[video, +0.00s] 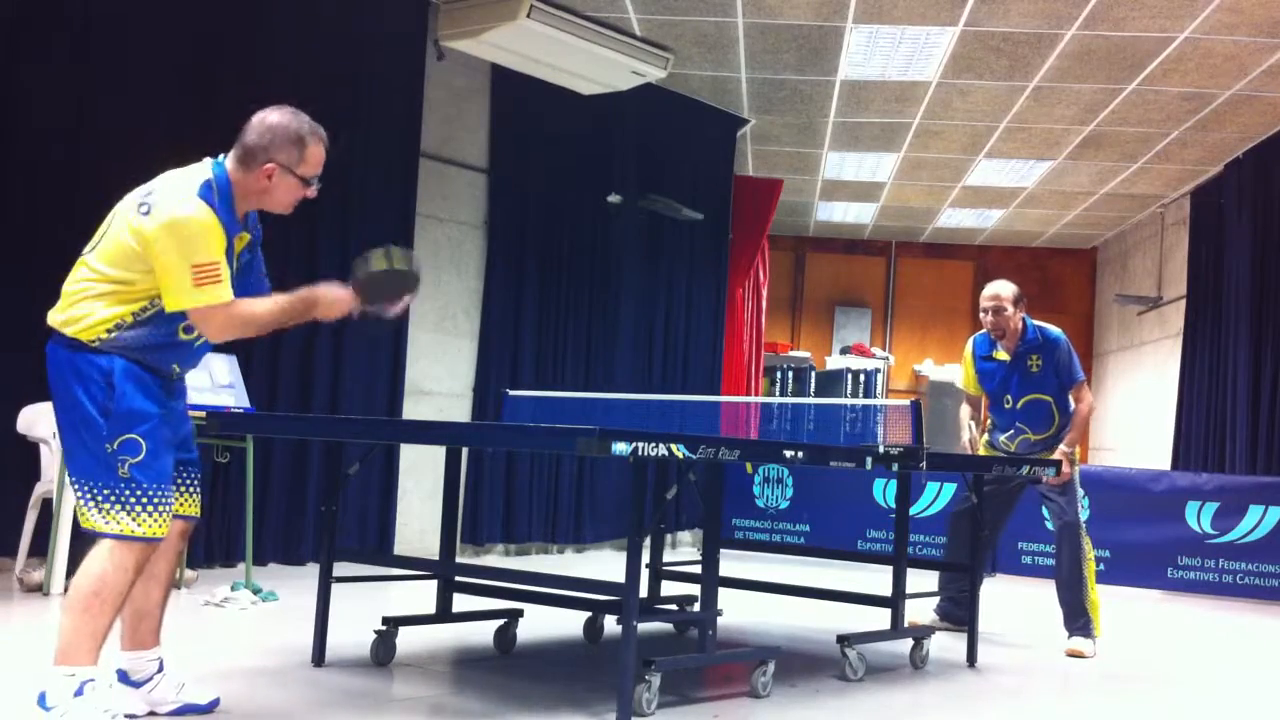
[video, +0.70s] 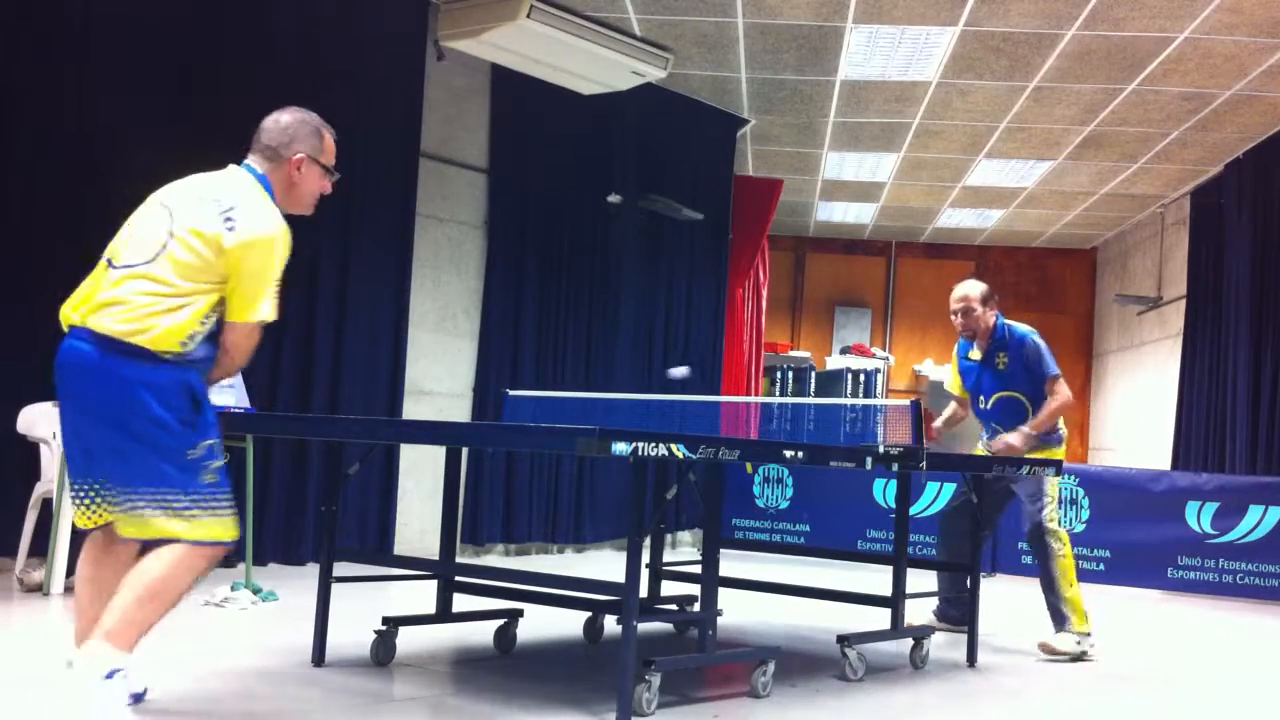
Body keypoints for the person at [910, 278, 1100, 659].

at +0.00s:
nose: (989, 319)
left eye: (997, 311)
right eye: (984, 312)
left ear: (1018, 311)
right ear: (980, 314)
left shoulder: (1052, 341)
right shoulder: (977, 347)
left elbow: (1084, 400)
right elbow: (971, 402)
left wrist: (1066, 449)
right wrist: (966, 431)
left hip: (1051, 452)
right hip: (999, 452)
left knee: (1069, 527)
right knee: (965, 517)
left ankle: (1081, 632)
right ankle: (954, 612)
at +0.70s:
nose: (958, 321)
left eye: (966, 312)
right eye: (954, 315)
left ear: (990, 310)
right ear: (953, 316)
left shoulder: (1023, 339)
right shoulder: (962, 349)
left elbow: (1062, 396)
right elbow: (962, 404)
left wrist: (1025, 434)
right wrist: (940, 425)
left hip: (1038, 453)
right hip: (994, 452)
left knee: (1043, 529)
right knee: (955, 523)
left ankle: (1075, 631)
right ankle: (954, 613)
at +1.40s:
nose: (994, 305)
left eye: (1000, 298)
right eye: (993, 299)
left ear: (1027, 296)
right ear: (1003, 297)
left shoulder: (1062, 330)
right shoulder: (999, 322)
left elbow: (1097, 386)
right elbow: (962, 336)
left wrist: (1093, 432)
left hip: (1052, 450)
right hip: (1009, 446)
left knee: (1059, 531)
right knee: (981, 526)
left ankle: (1096, 635)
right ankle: (954, 609)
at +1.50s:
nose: (1018, 297)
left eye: (1025, 290)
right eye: (1016, 290)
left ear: (1054, 292)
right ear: (1019, 292)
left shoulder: (1082, 335)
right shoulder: (1013, 321)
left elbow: (1111, 395)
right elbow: (971, 347)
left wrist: (1100, 447)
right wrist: (952, 313)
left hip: (1061, 454)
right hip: (1011, 449)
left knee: (1068, 536)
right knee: (987, 525)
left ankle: (1097, 633)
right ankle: (964, 606)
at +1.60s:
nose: (1032, 306)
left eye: (1040, 298)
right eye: (1029, 298)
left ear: (1066, 300)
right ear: (1028, 299)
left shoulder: (1093, 345)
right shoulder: (1024, 332)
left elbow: (1118, 405)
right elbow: (981, 369)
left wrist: (1107, 460)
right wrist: (960, 337)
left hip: (1067, 456)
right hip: (1018, 451)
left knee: (1076, 537)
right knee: (985, 518)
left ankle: (1096, 637)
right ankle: (986, 608)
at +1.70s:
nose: (1028, 309)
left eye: (1037, 302)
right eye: (1025, 302)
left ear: (1063, 304)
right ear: (1024, 303)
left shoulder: (1088, 344)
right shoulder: (1021, 341)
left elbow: (1118, 400)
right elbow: (978, 375)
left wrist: (1120, 457)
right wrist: (959, 350)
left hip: (1067, 459)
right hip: (1020, 456)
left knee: (1073, 539)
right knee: (982, 518)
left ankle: (1097, 637)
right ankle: (999, 614)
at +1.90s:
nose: (1006, 301)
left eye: (1014, 293)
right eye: (1002, 295)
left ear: (1037, 292)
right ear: (1000, 299)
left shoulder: (1064, 325)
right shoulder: (1009, 334)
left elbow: (1109, 368)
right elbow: (1004, 377)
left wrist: (1129, 424)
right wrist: (974, 385)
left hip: (1068, 445)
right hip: (1027, 446)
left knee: (1071, 527)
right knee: (992, 516)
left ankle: (1102, 624)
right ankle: (1000, 607)